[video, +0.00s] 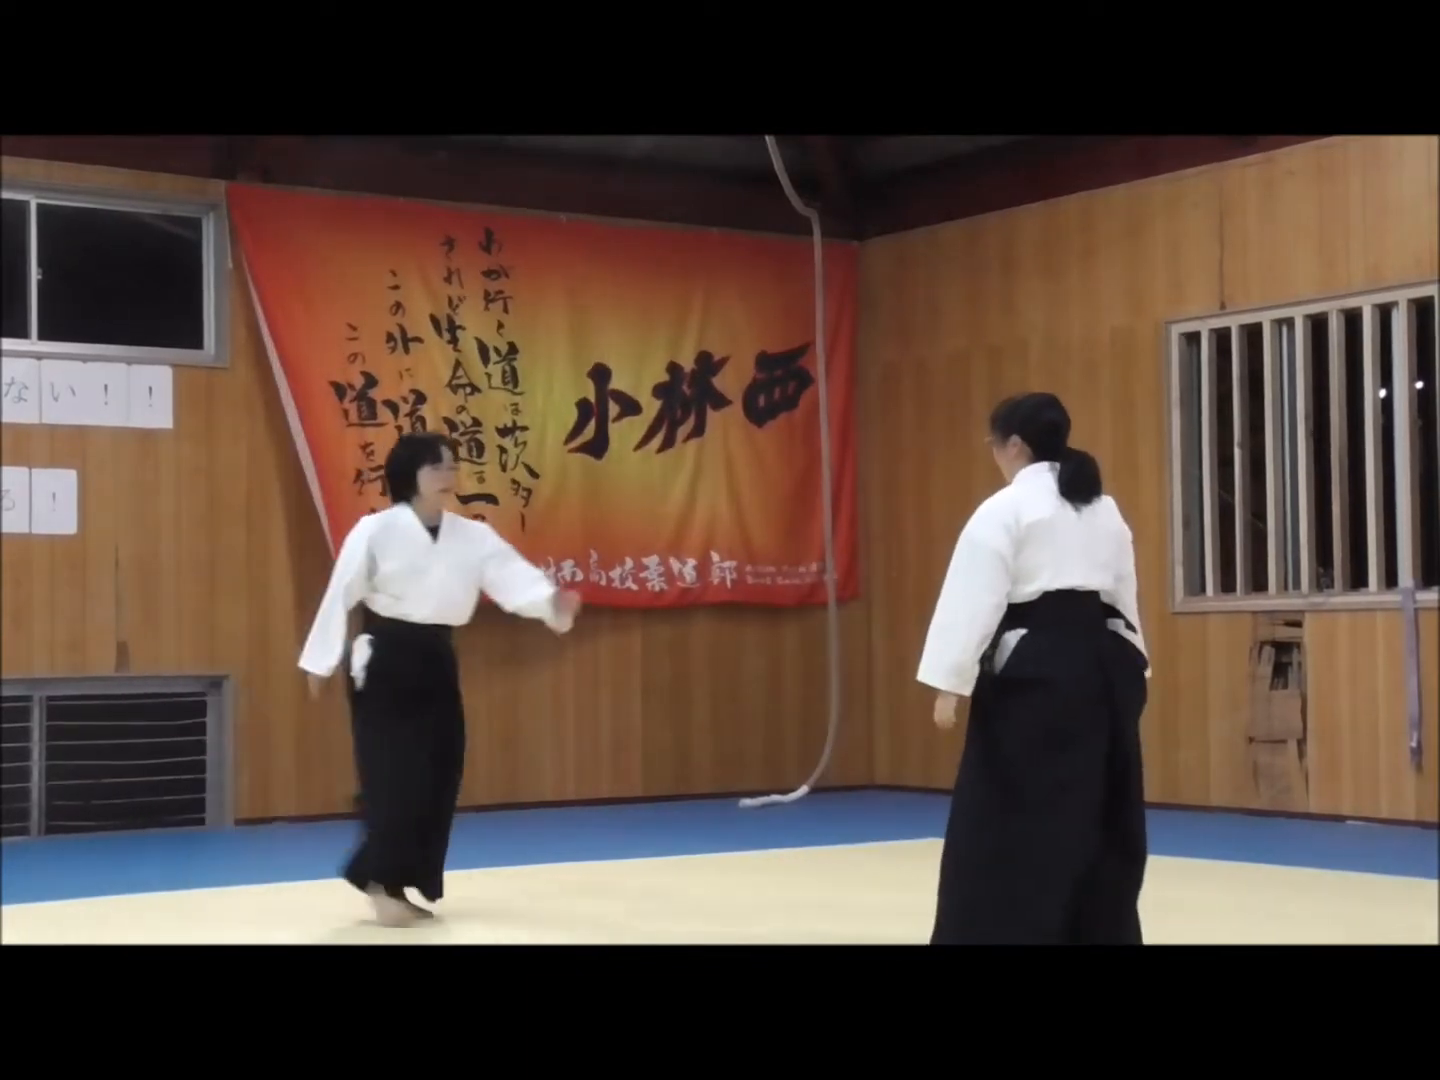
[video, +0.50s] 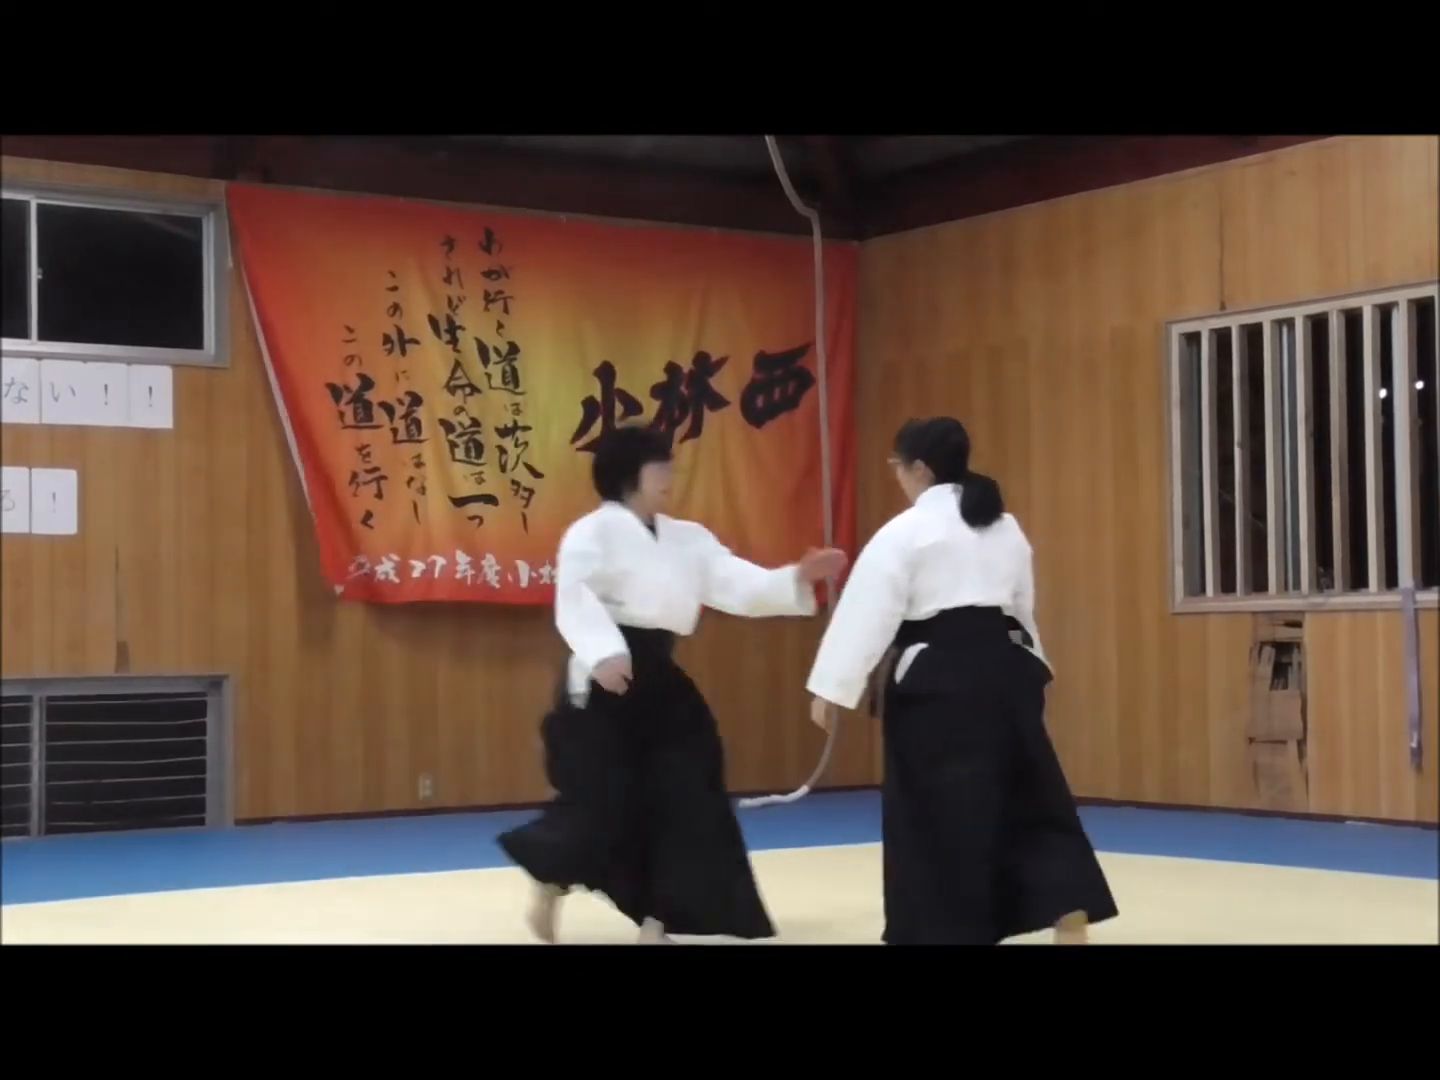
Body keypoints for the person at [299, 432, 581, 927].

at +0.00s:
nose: (449, 473)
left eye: (450, 465)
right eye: (437, 466)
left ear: (451, 474)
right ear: (411, 476)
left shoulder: (472, 535)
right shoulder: (375, 532)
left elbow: (510, 573)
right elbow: (339, 596)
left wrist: (550, 602)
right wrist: (321, 655)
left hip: (437, 657)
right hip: (386, 656)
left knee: (438, 768)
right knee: (396, 767)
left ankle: (396, 881)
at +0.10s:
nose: (484, 474)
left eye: (487, 466)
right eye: (472, 466)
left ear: (489, 475)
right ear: (444, 476)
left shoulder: (505, 535)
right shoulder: (408, 534)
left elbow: (546, 566)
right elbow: (365, 593)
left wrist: (596, 571)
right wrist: (340, 649)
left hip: (476, 661)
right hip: (424, 660)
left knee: (448, 771)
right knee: (448, 772)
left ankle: (398, 868)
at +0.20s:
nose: (524, 475)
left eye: (524, 466)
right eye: (509, 467)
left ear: (525, 476)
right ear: (481, 479)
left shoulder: (543, 537)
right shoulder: (443, 539)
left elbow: (587, 562)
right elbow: (400, 609)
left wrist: (638, 559)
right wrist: (370, 679)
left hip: (517, 666)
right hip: (462, 666)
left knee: (507, 779)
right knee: (482, 778)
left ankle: (439, 862)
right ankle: (494, 908)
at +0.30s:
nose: (564, 472)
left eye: (564, 462)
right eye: (551, 463)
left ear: (564, 471)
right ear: (523, 474)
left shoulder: (586, 534)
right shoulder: (490, 535)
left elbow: (630, 562)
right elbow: (454, 608)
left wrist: (685, 556)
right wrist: (445, 683)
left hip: (561, 669)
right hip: (504, 669)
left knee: (585, 775)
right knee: (509, 788)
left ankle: (548, 895)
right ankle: (501, 912)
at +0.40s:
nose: (615, 468)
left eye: (616, 457)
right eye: (603, 458)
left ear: (617, 465)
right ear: (574, 467)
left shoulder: (636, 530)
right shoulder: (541, 526)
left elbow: (680, 563)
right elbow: (523, 593)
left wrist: (740, 560)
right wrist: (549, 651)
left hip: (607, 667)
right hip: (547, 663)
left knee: (641, 770)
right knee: (532, 785)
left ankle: (648, 908)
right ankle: (495, 909)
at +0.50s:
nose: (669, 476)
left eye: (669, 465)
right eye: (658, 465)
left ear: (669, 472)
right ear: (626, 474)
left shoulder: (688, 539)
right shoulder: (592, 532)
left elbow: (738, 584)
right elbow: (572, 598)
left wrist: (799, 576)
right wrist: (604, 650)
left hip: (663, 675)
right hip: (605, 675)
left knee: (687, 788)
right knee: (609, 795)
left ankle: (658, 923)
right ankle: (553, 875)